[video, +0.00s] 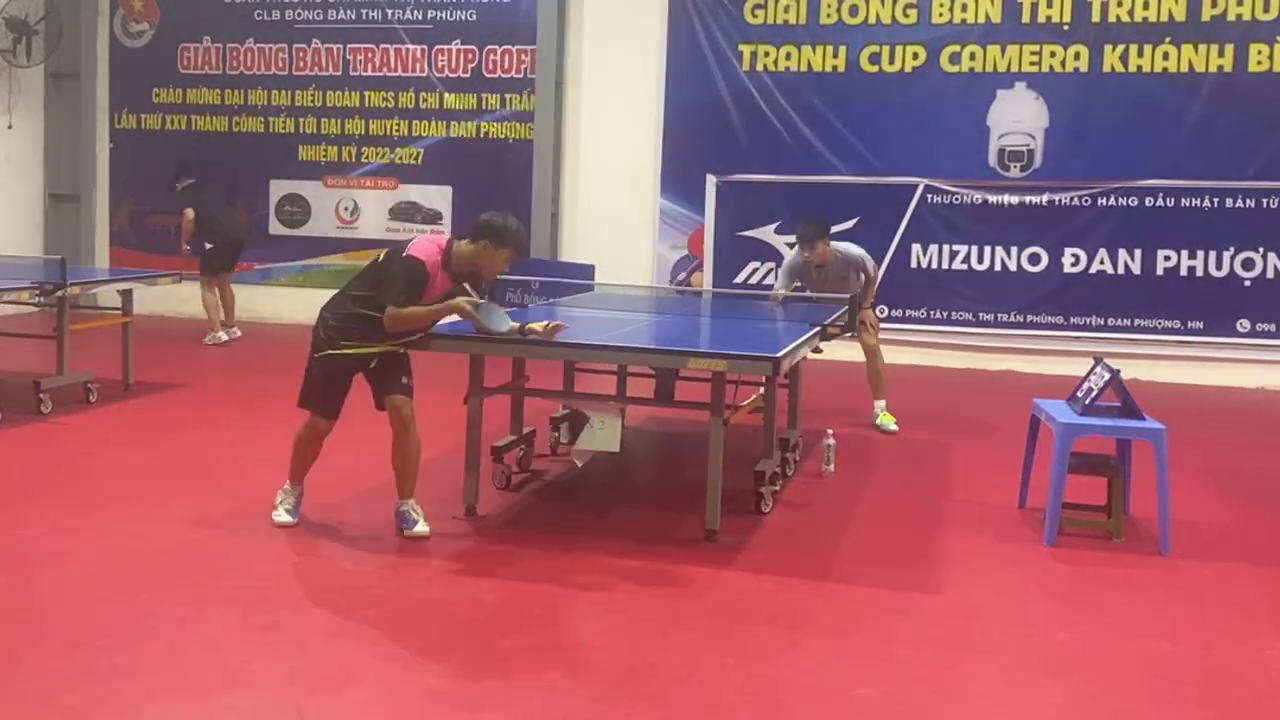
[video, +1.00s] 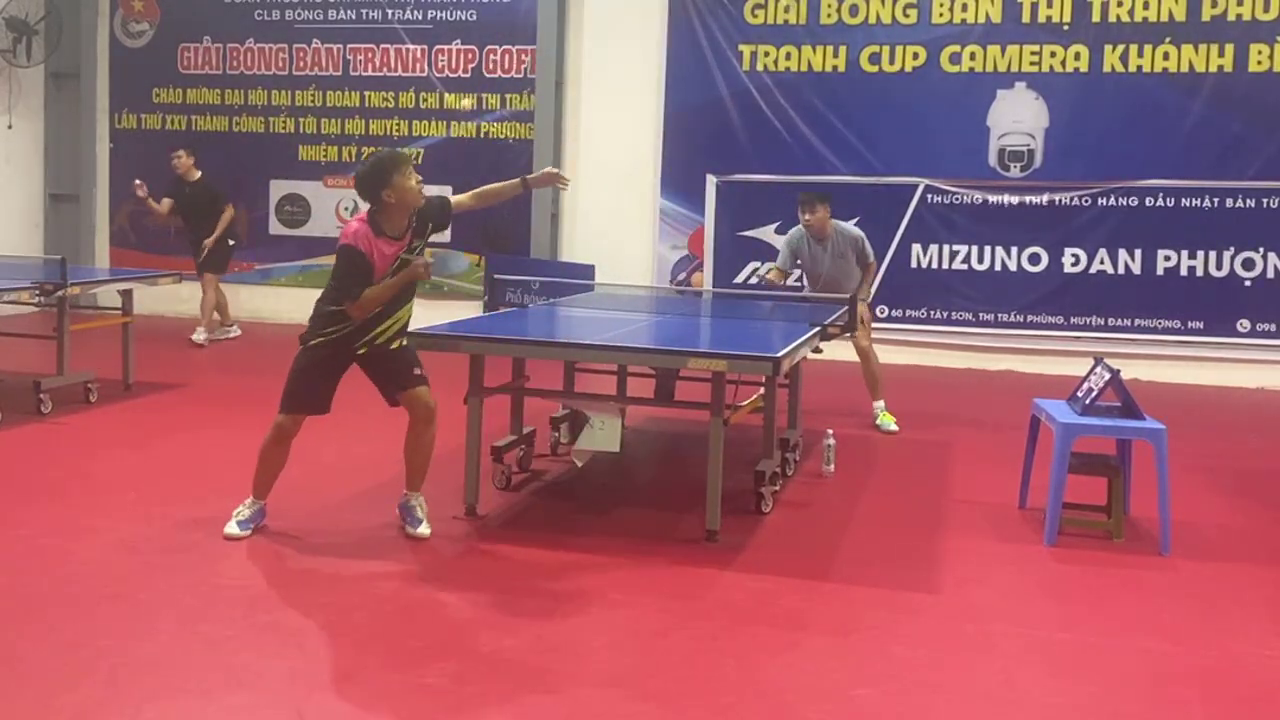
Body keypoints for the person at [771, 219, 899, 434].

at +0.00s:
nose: (806, 255)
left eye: (812, 249)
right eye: (803, 249)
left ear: (827, 244)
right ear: (799, 247)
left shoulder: (854, 255)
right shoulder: (795, 260)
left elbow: (873, 275)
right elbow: (776, 296)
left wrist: (867, 306)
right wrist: (779, 295)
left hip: (855, 303)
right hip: (820, 306)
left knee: (871, 345)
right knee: (785, 341)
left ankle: (881, 410)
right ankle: (765, 394)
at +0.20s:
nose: (807, 253)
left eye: (813, 248)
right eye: (804, 248)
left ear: (827, 243)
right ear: (799, 246)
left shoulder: (853, 254)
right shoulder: (795, 259)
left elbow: (872, 275)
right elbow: (777, 296)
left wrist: (867, 306)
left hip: (855, 304)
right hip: (820, 307)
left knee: (871, 345)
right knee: (785, 341)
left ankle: (881, 410)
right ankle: (765, 394)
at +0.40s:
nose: (808, 252)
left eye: (813, 246)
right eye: (804, 246)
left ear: (828, 241)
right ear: (800, 244)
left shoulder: (854, 253)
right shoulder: (795, 259)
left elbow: (872, 274)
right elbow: (777, 295)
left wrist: (866, 306)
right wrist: (779, 296)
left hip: (856, 303)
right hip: (821, 307)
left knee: (871, 345)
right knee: (786, 340)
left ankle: (881, 410)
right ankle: (765, 393)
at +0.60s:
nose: (809, 250)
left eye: (815, 243)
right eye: (806, 244)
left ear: (829, 238)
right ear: (802, 241)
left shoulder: (855, 252)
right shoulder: (798, 257)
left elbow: (873, 274)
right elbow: (779, 289)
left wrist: (866, 307)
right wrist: (779, 295)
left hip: (856, 304)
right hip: (821, 308)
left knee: (872, 345)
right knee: (786, 338)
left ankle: (881, 410)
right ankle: (766, 393)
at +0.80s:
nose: (811, 240)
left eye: (817, 234)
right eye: (807, 234)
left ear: (831, 231)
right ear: (803, 233)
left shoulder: (857, 247)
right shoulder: (800, 251)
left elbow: (874, 274)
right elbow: (785, 280)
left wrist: (867, 307)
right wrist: (778, 292)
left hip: (857, 302)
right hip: (822, 305)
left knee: (872, 345)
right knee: (787, 339)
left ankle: (880, 410)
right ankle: (767, 393)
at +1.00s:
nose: (806, 218)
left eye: (812, 213)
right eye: (802, 213)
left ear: (828, 212)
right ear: (799, 214)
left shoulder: (852, 235)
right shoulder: (795, 238)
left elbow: (870, 265)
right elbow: (780, 272)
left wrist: (861, 298)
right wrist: (773, 278)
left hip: (853, 301)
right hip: (816, 302)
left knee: (863, 347)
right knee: (784, 340)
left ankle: (880, 410)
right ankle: (766, 394)